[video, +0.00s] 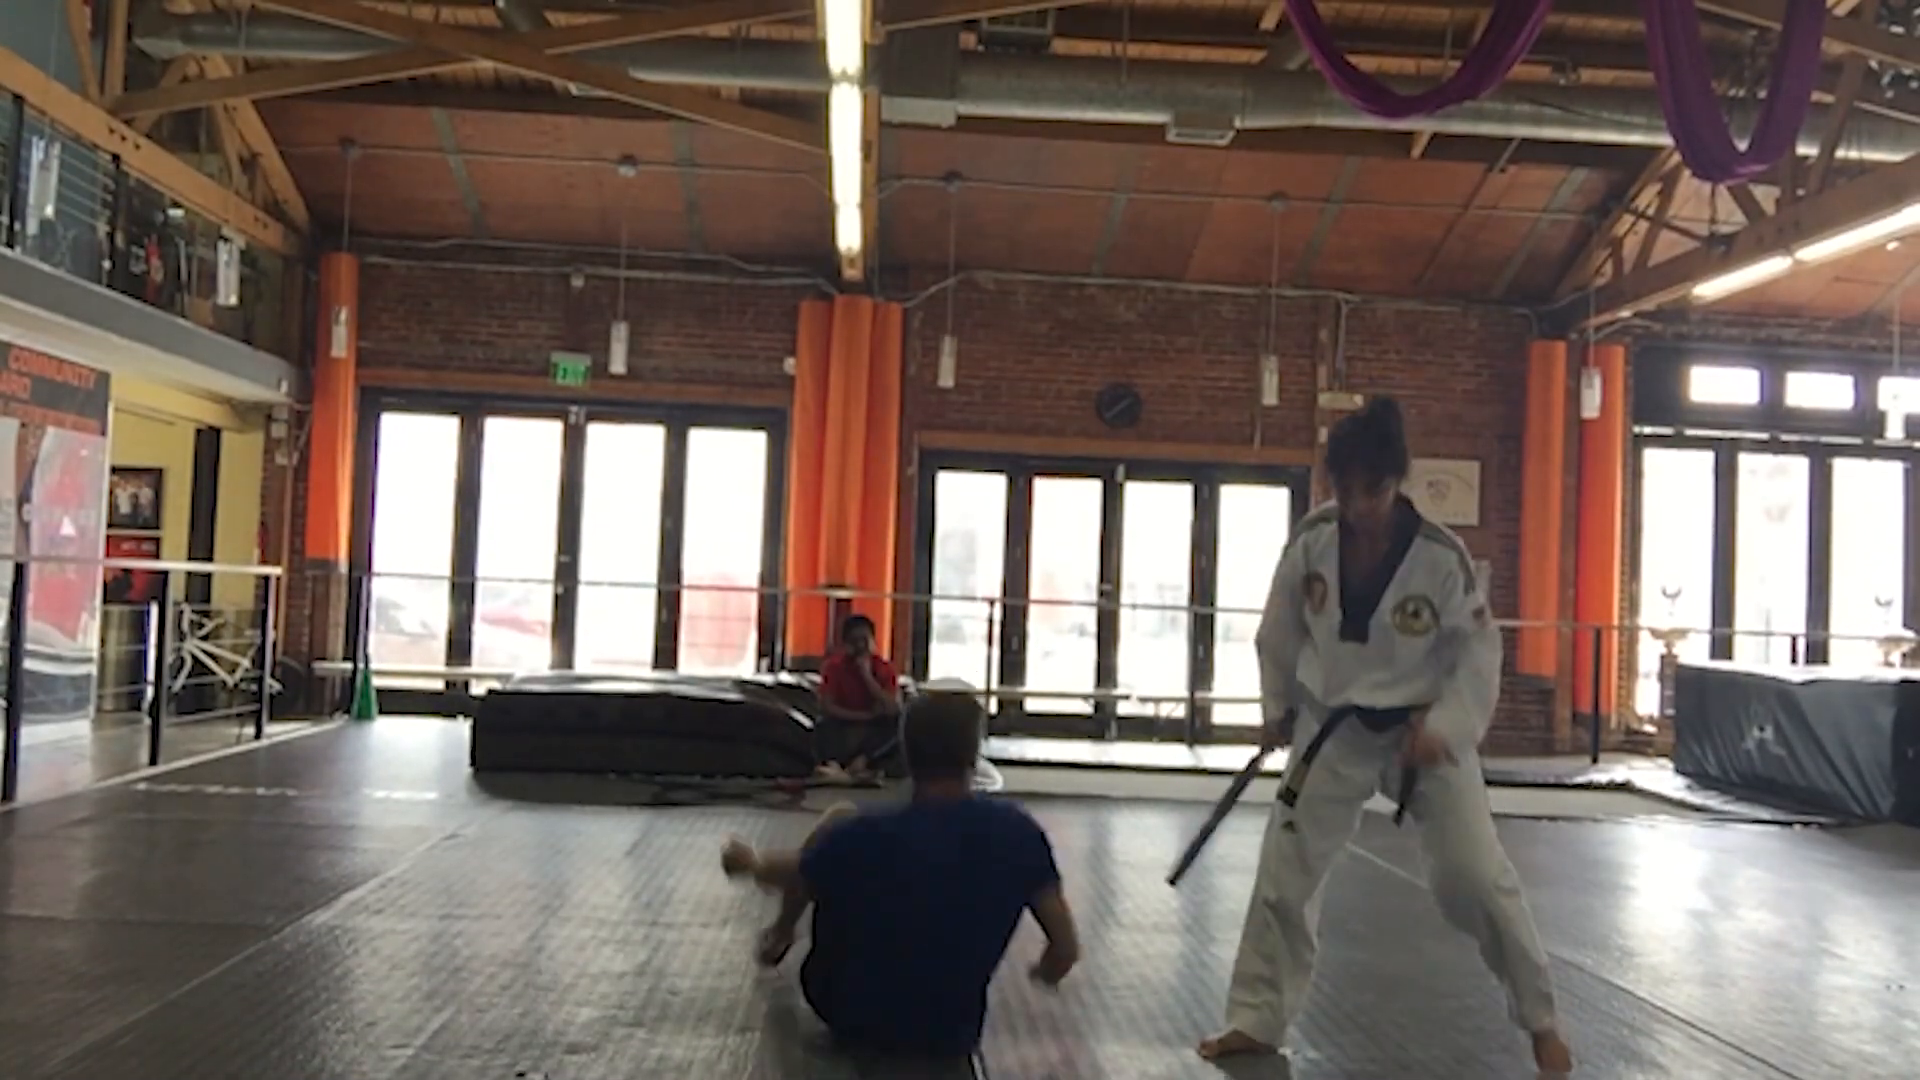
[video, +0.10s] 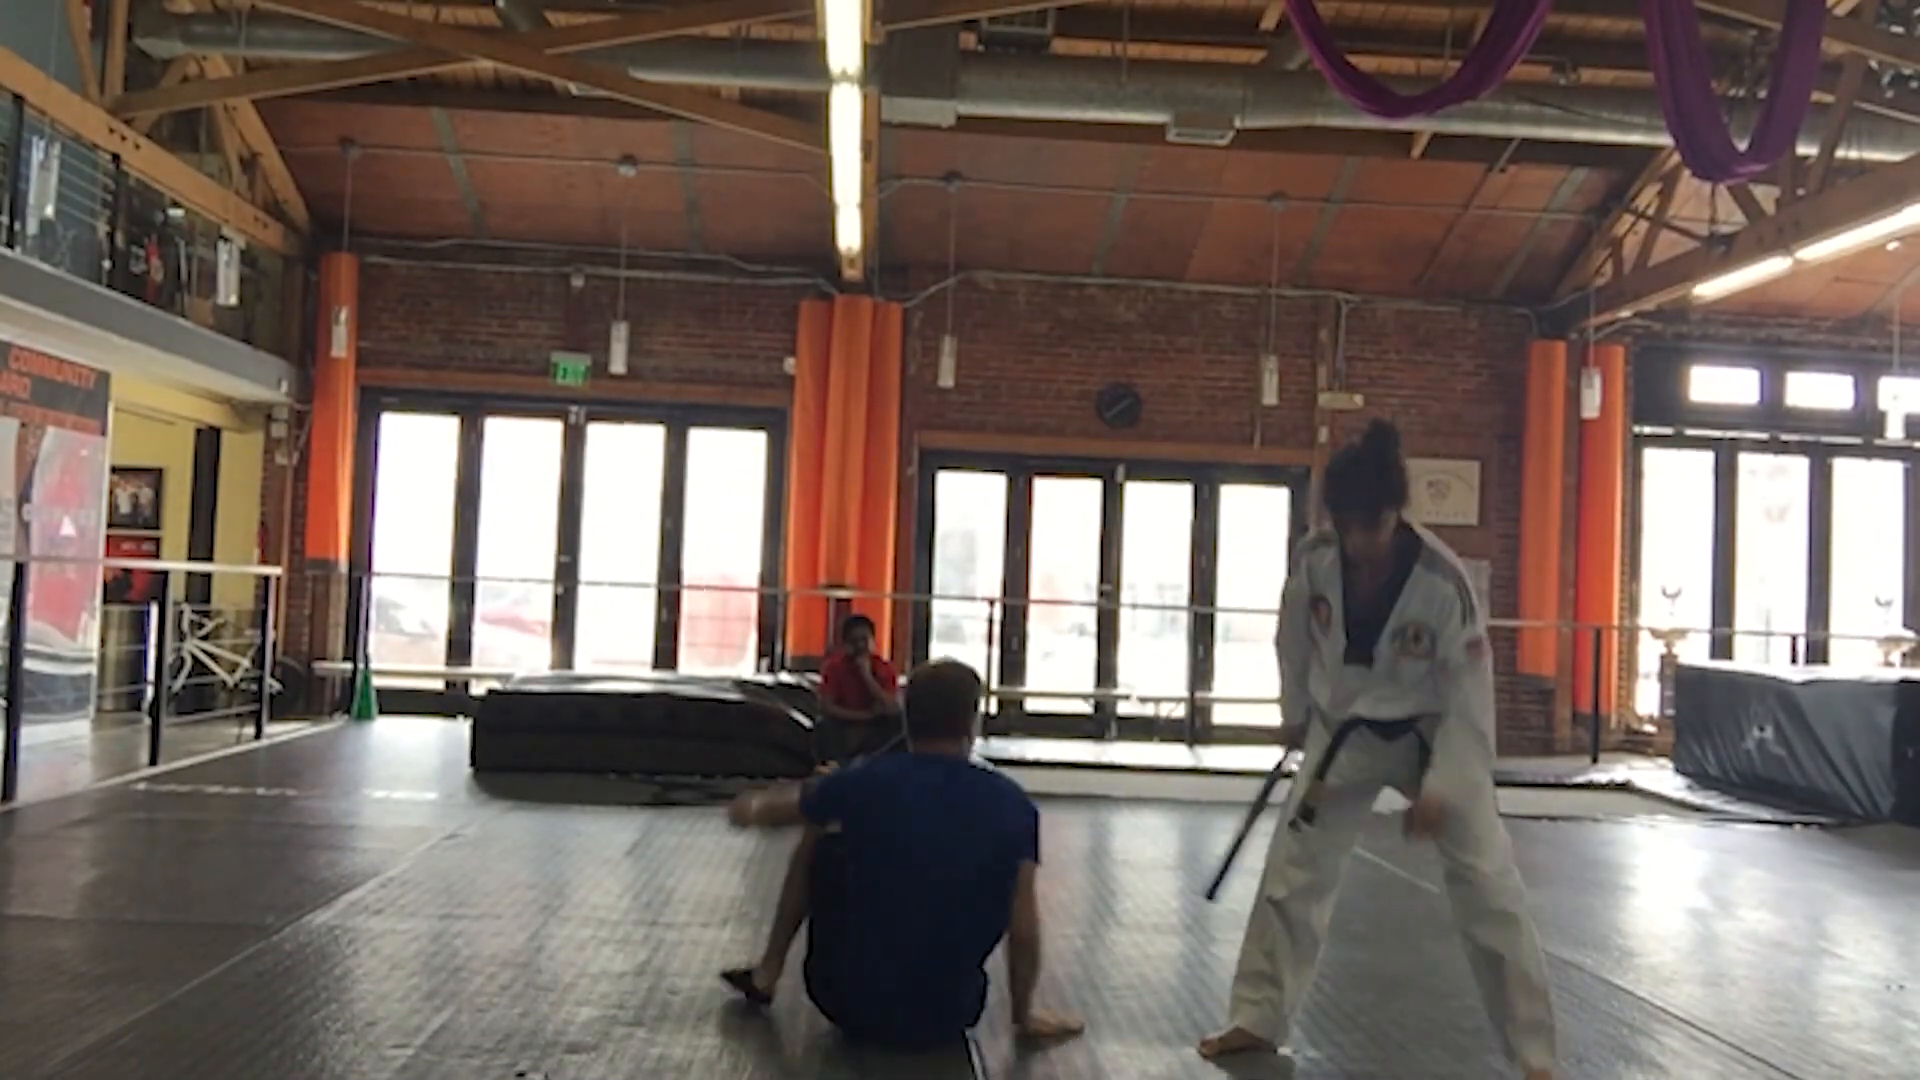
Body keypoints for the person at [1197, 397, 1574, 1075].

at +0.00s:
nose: (1356, 505)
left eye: (1371, 491)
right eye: (1346, 490)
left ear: (1398, 483)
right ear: (1331, 482)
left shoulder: (1442, 558)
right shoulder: (1307, 550)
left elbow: (1479, 656)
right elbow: (1277, 636)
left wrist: (1445, 726)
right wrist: (1277, 709)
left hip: (1427, 728)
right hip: (1334, 727)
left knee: (1475, 878)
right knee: (1281, 876)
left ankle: (1540, 1021)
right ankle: (1257, 1022)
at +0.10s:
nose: (1354, 540)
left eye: (1367, 527)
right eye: (1343, 526)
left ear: (1396, 514)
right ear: (1329, 514)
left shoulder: (1446, 583)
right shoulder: (1313, 563)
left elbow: (1469, 700)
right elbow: (1292, 642)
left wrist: (1442, 785)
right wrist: (1294, 715)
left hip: (1433, 736)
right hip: (1345, 733)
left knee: (1488, 887)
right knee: (1294, 868)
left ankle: (1534, 1056)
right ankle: (1257, 1021)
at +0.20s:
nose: (1359, 603)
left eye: (1373, 591)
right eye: (1348, 589)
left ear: (1399, 577)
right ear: (1332, 576)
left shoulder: (1444, 628)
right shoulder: (1324, 604)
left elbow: (1468, 748)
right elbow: (1328, 699)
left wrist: (1439, 857)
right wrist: (1337, 789)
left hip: (1460, 751)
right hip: (1374, 748)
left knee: (1499, 897)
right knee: (1308, 876)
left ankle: (1525, 1063)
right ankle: (1267, 1023)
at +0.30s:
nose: (1351, 678)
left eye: (1362, 665)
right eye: (1342, 665)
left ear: (1393, 652)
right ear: (1334, 650)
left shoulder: (1452, 684)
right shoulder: (1355, 662)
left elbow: (1466, 819)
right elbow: (1383, 744)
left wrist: (1439, 934)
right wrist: (1370, 816)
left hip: (1493, 756)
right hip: (1412, 753)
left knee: (1516, 903)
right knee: (1350, 878)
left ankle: (1530, 1066)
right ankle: (1269, 1022)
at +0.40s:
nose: (1348, 755)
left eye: (1354, 746)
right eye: (1341, 745)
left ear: (1388, 726)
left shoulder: (1452, 731)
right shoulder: (1374, 691)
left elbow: (1457, 886)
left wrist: (1435, 1003)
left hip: (1515, 767)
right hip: (1413, 770)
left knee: (1531, 916)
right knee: (1347, 898)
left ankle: (1527, 1067)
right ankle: (1269, 1025)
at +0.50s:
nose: (1353, 792)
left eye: (1361, 782)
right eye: (1346, 781)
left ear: (1390, 759)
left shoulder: (1449, 749)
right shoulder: (1367, 714)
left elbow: (1453, 913)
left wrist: (1431, 1056)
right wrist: (1413, 852)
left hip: (1522, 778)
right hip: (1422, 781)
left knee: (1536, 923)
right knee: (1347, 911)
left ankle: (1527, 1069)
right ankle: (1266, 1033)